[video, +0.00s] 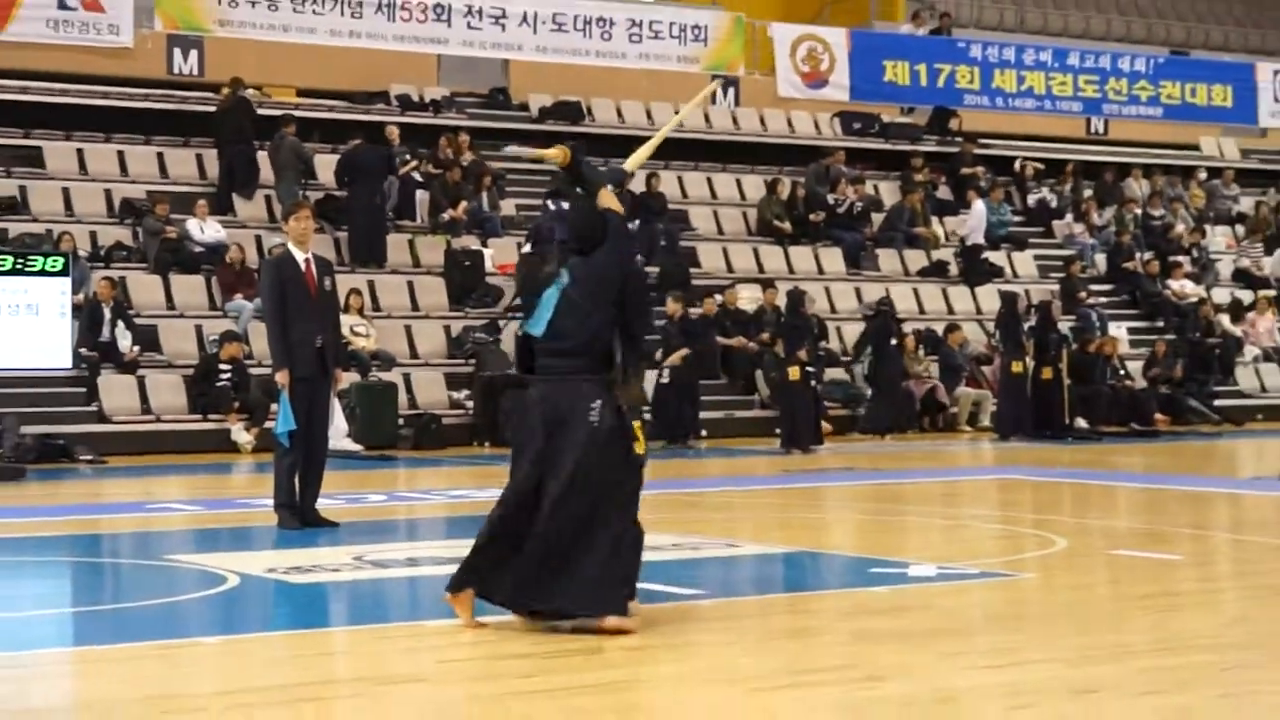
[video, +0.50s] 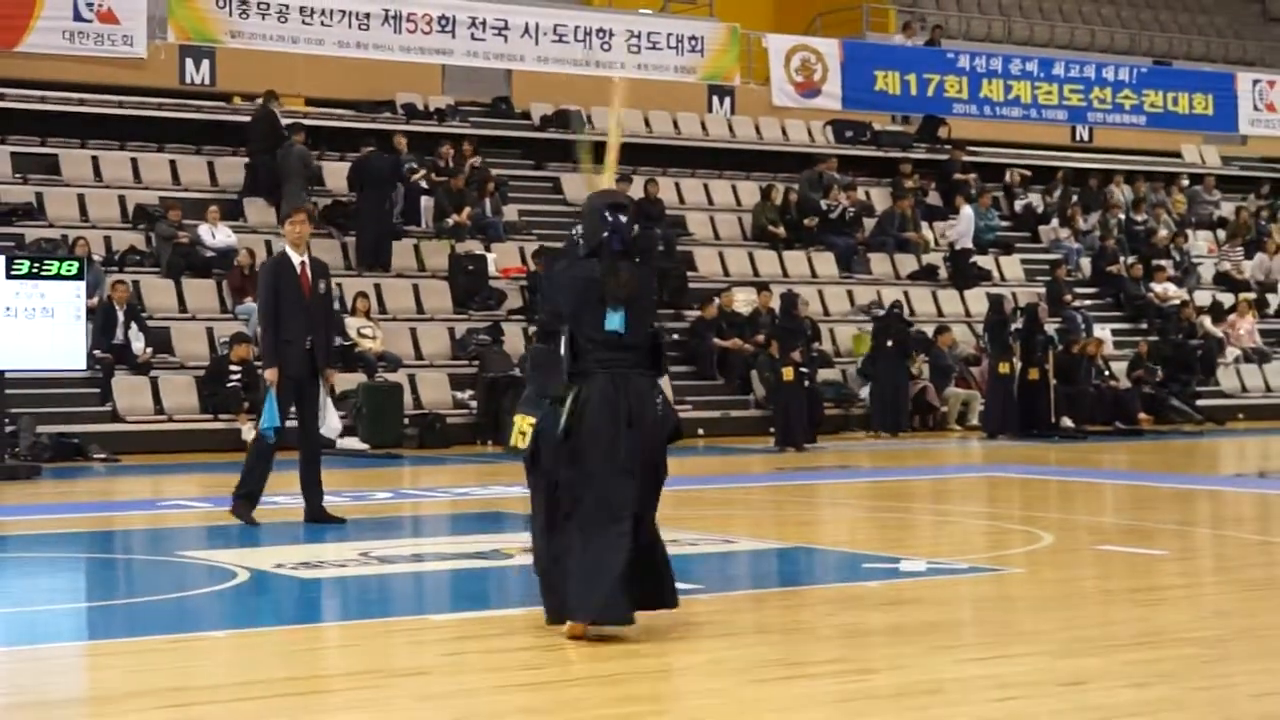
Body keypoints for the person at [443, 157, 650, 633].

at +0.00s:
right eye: (613, 230)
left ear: (563, 236)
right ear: (603, 238)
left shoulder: (537, 273)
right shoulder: (605, 273)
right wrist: (613, 212)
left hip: (539, 396)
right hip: (588, 398)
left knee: (527, 492)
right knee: (612, 496)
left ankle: (466, 582)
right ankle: (606, 604)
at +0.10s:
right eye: (615, 216)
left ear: (568, 234)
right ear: (610, 230)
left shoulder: (547, 276)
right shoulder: (621, 272)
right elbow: (628, 238)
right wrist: (617, 205)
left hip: (560, 392)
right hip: (611, 394)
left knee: (530, 484)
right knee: (615, 498)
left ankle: (482, 578)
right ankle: (613, 606)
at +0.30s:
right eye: (622, 206)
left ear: (571, 223)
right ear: (615, 221)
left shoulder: (556, 271)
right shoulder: (631, 269)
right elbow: (645, 234)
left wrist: (562, 229)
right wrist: (623, 212)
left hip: (574, 393)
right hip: (625, 391)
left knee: (563, 492)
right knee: (624, 496)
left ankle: (553, 597)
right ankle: (615, 603)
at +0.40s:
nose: (567, 227)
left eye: (572, 221)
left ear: (575, 229)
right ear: (616, 229)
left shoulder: (556, 272)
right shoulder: (637, 273)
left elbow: (544, 312)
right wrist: (615, 202)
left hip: (579, 392)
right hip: (628, 391)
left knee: (578, 494)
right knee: (624, 493)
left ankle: (585, 601)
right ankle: (618, 598)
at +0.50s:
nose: (581, 231)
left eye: (586, 223)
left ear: (589, 229)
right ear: (628, 229)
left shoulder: (569, 275)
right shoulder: (643, 278)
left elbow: (548, 333)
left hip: (589, 395)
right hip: (638, 393)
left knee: (584, 496)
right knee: (621, 497)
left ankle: (583, 604)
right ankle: (602, 601)